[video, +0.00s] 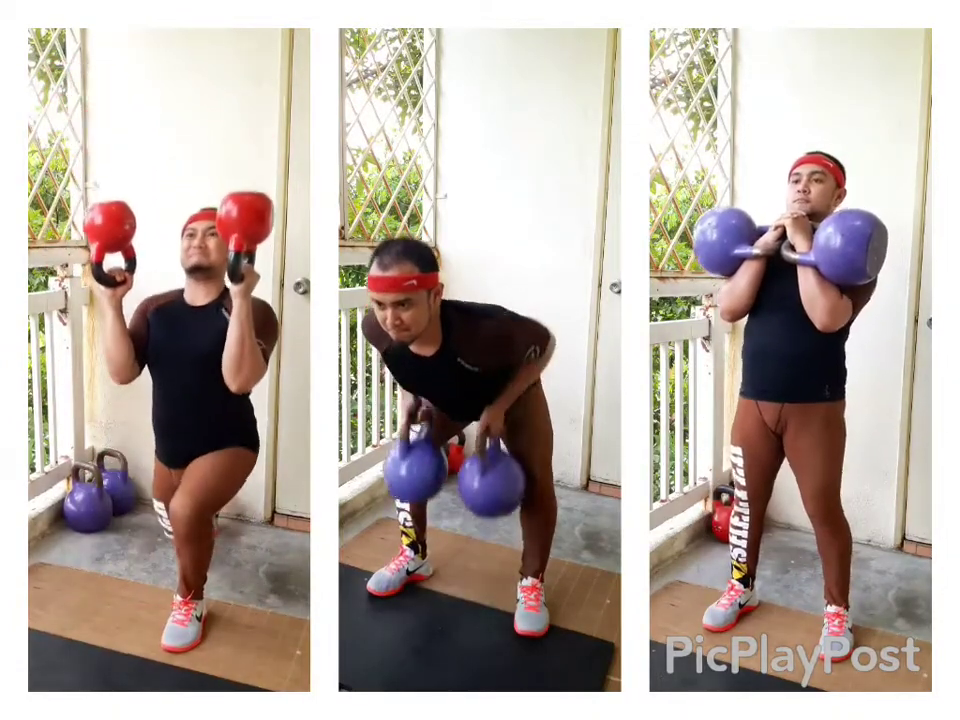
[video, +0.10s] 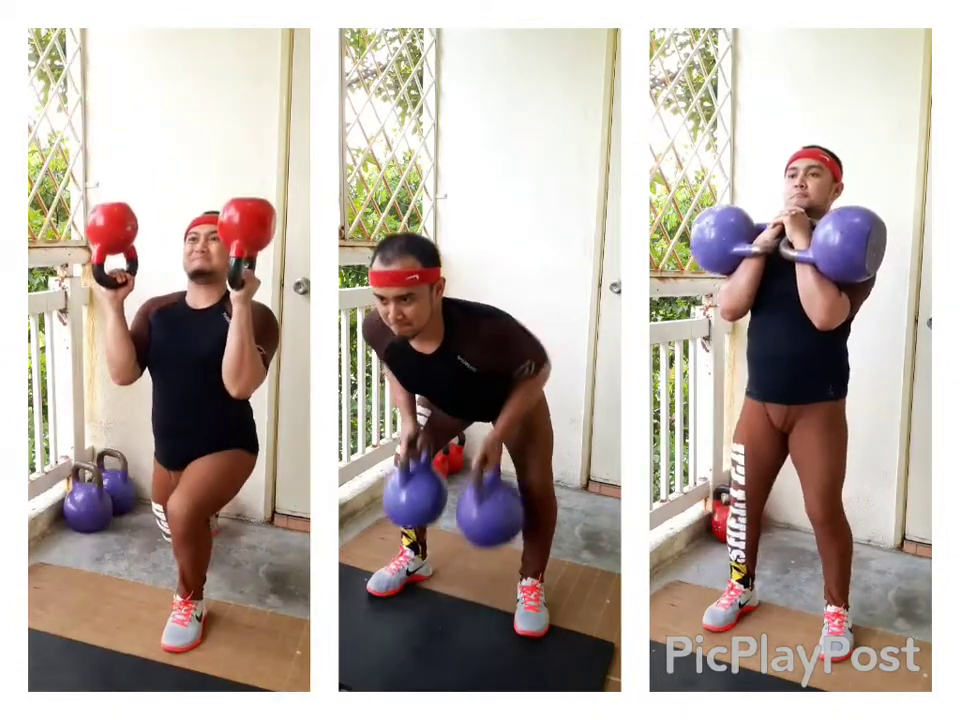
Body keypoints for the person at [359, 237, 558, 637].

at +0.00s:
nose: (391, 319)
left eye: (404, 305)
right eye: (380, 305)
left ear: (435, 293)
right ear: (372, 300)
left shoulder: (482, 328)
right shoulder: (375, 330)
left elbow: (543, 343)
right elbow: (404, 362)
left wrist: (500, 407)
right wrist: (409, 396)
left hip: (510, 391)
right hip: (445, 395)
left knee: (536, 483)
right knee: (409, 460)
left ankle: (531, 582)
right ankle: (413, 552)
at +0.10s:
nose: (394, 314)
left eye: (406, 299)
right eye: (382, 300)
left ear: (438, 287)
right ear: (373, 295)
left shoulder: (486, 327)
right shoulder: (376, 330)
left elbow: (538, 369)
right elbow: (394, 368)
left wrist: (497, 436)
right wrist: (408, 420)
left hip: (512, 398)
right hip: (450, 400)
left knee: (537, 487)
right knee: (410, 463)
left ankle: (531, 582)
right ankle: (413, 552)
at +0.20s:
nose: (396, 319)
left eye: (408, 305)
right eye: (385, 306)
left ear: (439, 291)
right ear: (375, 299)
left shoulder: (488, 332)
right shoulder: (379, 336)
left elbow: (528, 393)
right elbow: (398, 386)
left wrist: (491, 468)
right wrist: (412, 447)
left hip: (511, 400)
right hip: (450, 403)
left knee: (537, 486)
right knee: (407, 467)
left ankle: (531, 582)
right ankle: (411, 555)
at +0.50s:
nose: (395, 344)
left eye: (407, 331)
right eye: (384, 331)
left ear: (438, 314)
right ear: (375, 325)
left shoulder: (487, 355)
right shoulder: (379, 363)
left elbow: (512, 435)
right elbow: (401, 428)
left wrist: (484, 515)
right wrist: (411, 499)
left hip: (516, 396)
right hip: (456, 404)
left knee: (537, 486)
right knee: (412, 470)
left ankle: (532, 584)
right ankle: (407, 563)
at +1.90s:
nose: (392, 368)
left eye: (404, 354)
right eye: (382, 355)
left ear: (436, 342)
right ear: (373, 349)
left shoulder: (486, 378)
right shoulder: (378, 380)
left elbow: (494, 467)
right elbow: (403, 451)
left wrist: (482, 535)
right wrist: (417, 513)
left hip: (516, 391)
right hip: (451, 399)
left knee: (534, 485)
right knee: (417, 469)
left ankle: (531, 584)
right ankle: (411, 562)